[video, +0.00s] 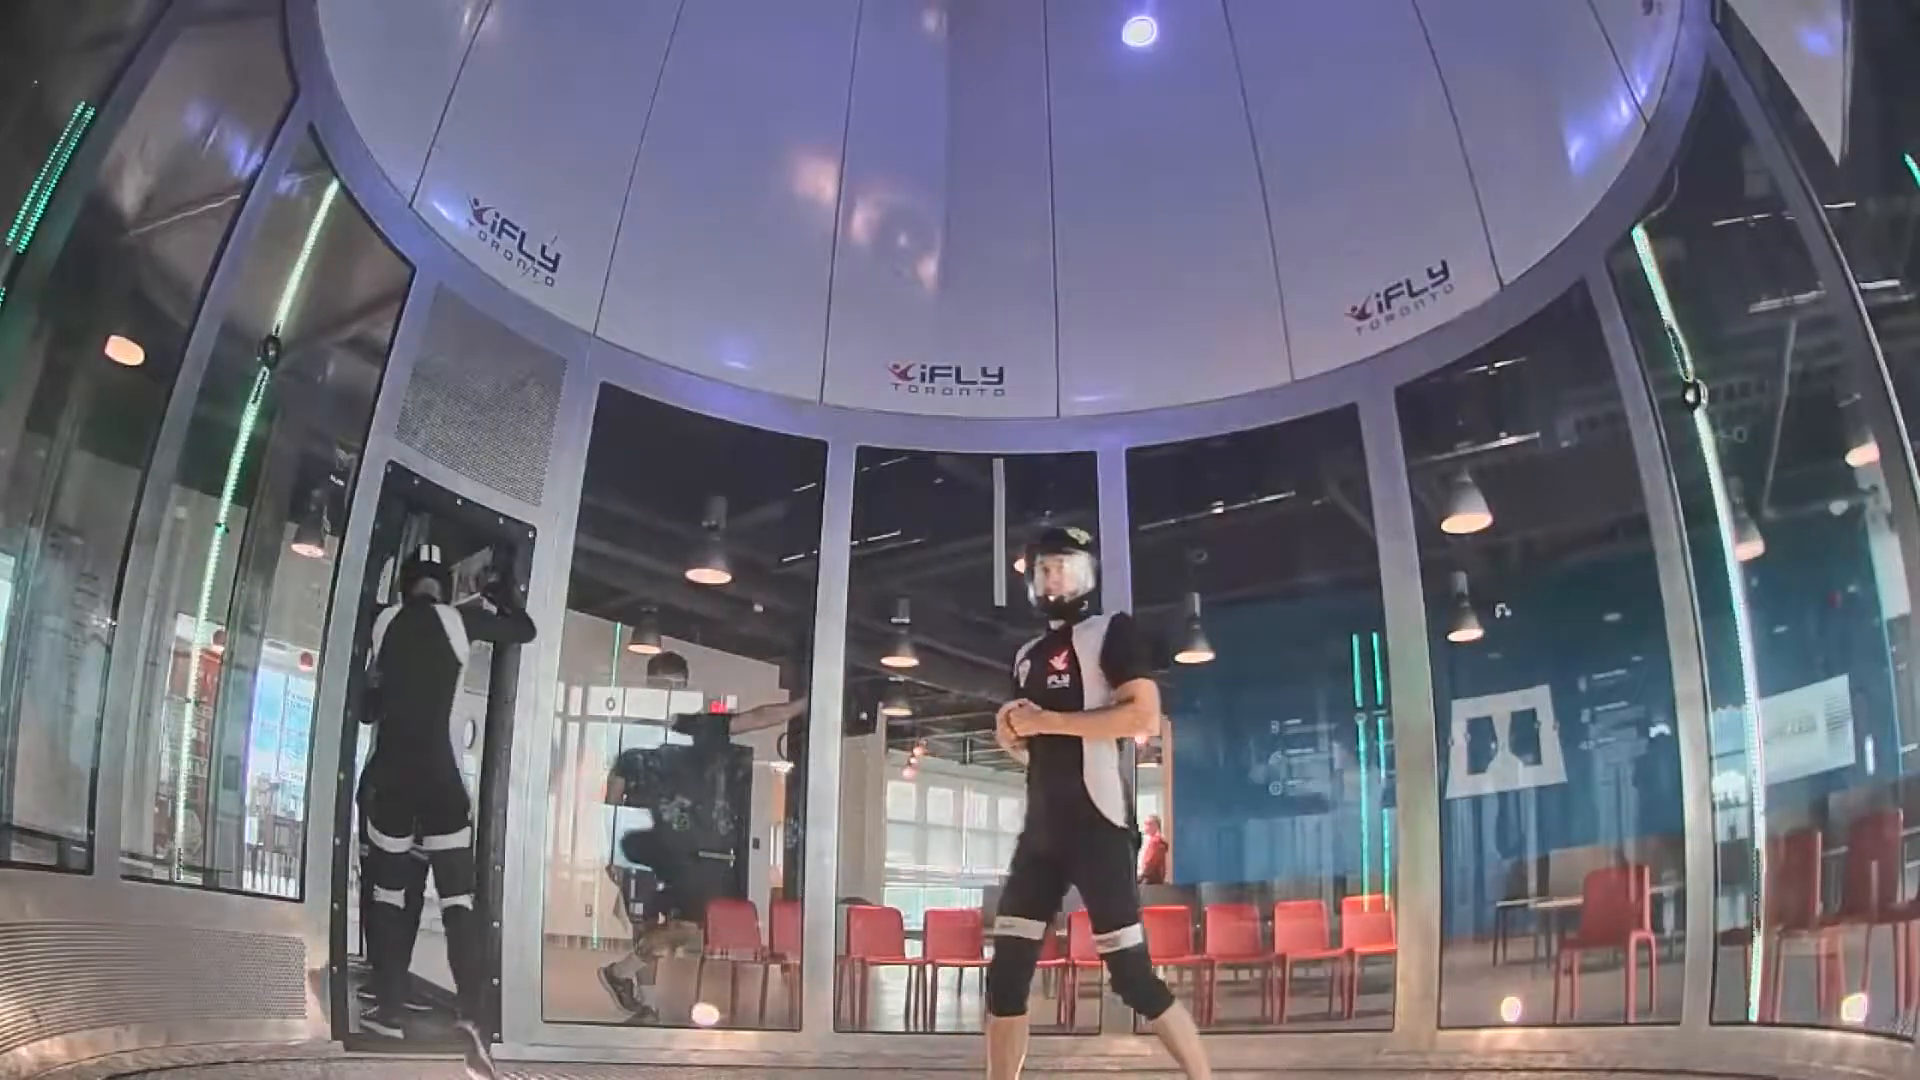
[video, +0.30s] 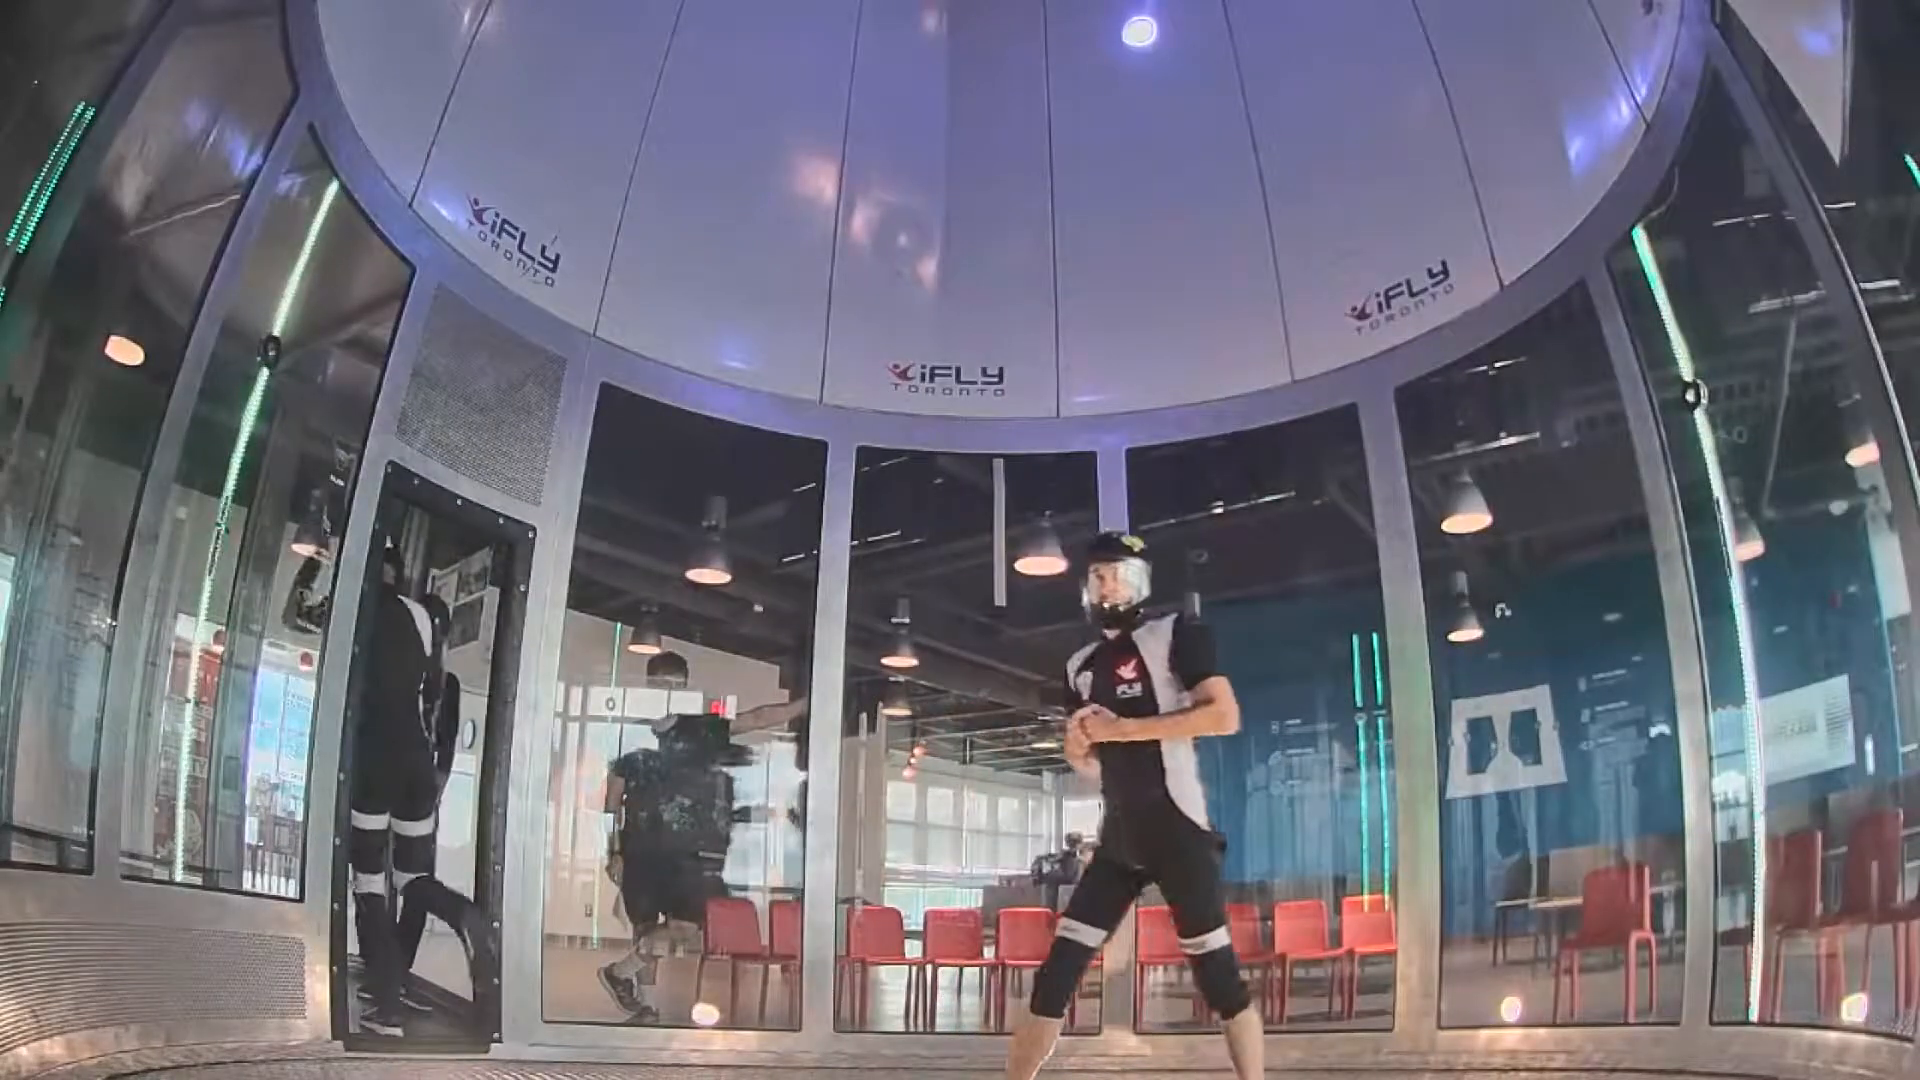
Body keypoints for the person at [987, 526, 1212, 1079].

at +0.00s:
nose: (1055, 579)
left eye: (1066, 567)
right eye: (1046, 569)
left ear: (1090, 572)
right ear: (1034, 577)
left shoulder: (1115, 632)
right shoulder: (1027, 656)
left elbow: (1143, 715)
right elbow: (1034, 753)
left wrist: (1048, 721)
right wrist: (1009, 732)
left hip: (1102, 828)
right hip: (1043, 830)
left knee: (1132, 977)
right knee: (1006, 975)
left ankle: (1203, 1074)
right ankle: (1002, 1079)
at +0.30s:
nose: (1105, 588)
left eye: (1115, 576)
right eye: (1097, 578)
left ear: (1141, 580)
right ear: (1087, 587)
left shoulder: (1178, 633)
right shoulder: (1081, 665)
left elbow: (1225, 715)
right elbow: (1093, 770)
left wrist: (1123, 728)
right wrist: (1076, 745)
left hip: (1181, 829)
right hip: (1120, 833)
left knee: (1219, 977)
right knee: (1056, 974)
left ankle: (1254, 1078)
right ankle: (1015, 1078)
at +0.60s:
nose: (1165, 573)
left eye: (1176, 561)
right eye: (1156, 564)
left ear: (1203, 564)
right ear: (1147, 574)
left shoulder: (1235, 618)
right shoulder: (1148, 646)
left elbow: (1285, 698)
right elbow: (1148, 748)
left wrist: (1187, 714)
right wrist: (1138, 729)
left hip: (1227, 816)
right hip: (1171, 817)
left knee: (1234, 966)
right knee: (1120, 960)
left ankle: (1257, 1076)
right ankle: (1119, 1075)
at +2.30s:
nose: (1213, 595)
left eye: (1222, 584)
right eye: (1211, 586)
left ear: (1253, 586)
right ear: (1218, 594)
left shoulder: (1292, 645)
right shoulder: (1212, 662)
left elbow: (1329, 732)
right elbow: (1190, 749)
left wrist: (1240, 733)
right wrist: (1193, 741)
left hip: (1267, 823)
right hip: (1212, 824)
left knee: (1280, 965)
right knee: (1195, 962)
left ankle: (1339, 1068)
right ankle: (1183, 1076)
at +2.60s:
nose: (1274, 609)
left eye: (1284, 598)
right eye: (1272, 599)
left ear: (1315, 598)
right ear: (1272, 605)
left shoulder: (1367, 653)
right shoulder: (1268, 670)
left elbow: (1412, 729)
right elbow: (1251, 763)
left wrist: (1332, 733)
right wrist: (1271, 745)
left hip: (1354, 833)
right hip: (1293, 834)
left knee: (1373, 962)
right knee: (1242, 958)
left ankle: (1388, 1070)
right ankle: (1191, 1075)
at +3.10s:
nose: (1343, 596)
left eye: (1352, 585)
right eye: (1334, 587)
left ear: (1373, 591)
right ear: (1322, 598)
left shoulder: (1405, 646)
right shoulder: (1311, 667)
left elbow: (1449, 723)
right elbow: (1302, 760)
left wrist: (1371, 741)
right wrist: (1311, 750)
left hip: (1391, 826)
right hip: (1331, 827)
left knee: (1386, 966)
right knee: (1300, 955)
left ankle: (1393, 1066)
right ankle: (1293, 1075)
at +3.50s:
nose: (1327, 588)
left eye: (1336, 577)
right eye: (1317, 580)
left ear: (1355, 586)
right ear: (1304, 592)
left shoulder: (1399, 641)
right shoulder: (1292, 659)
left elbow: (1434, 702)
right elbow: (1284, 734)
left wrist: (1366, 647)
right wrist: (1322, 666)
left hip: (1382, 828)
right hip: (1318, 830)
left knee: (1387, 967)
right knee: (1313, 962)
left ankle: (1392, 1065)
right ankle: (1302, 1076)